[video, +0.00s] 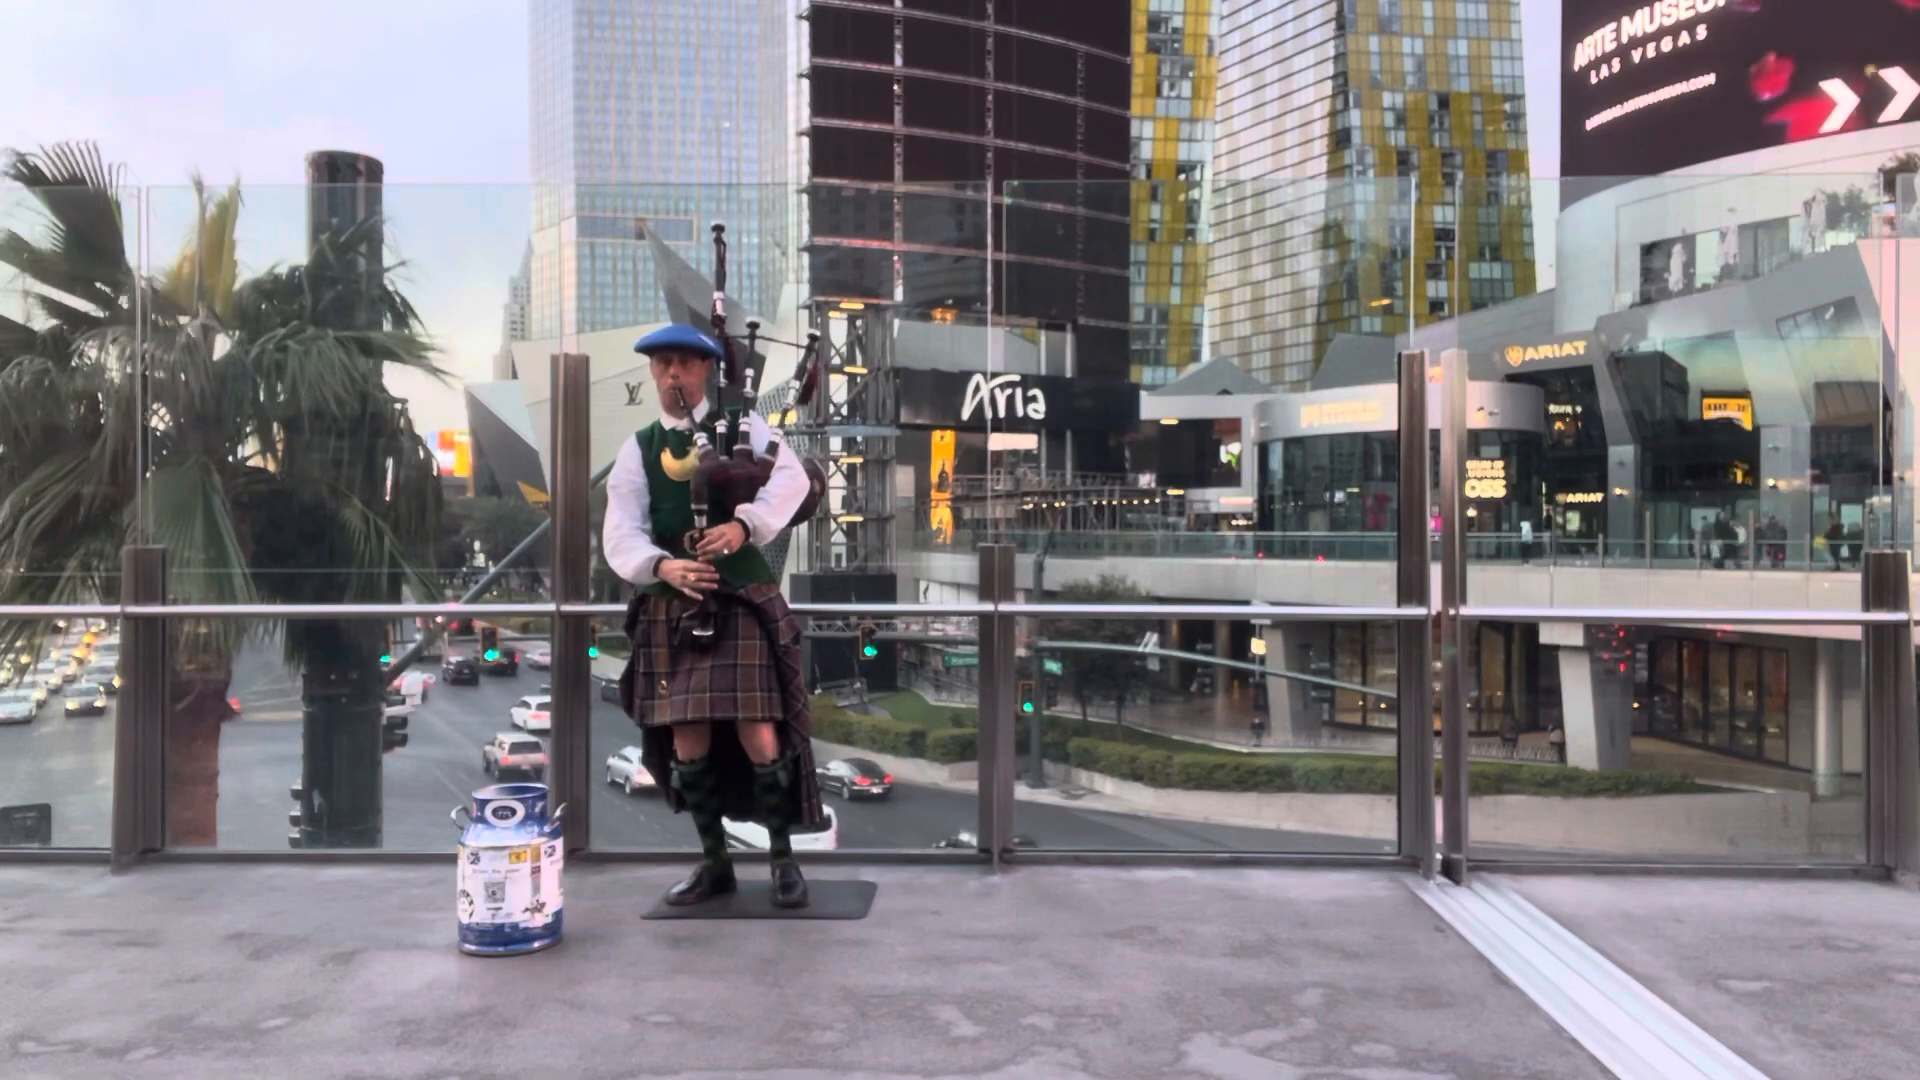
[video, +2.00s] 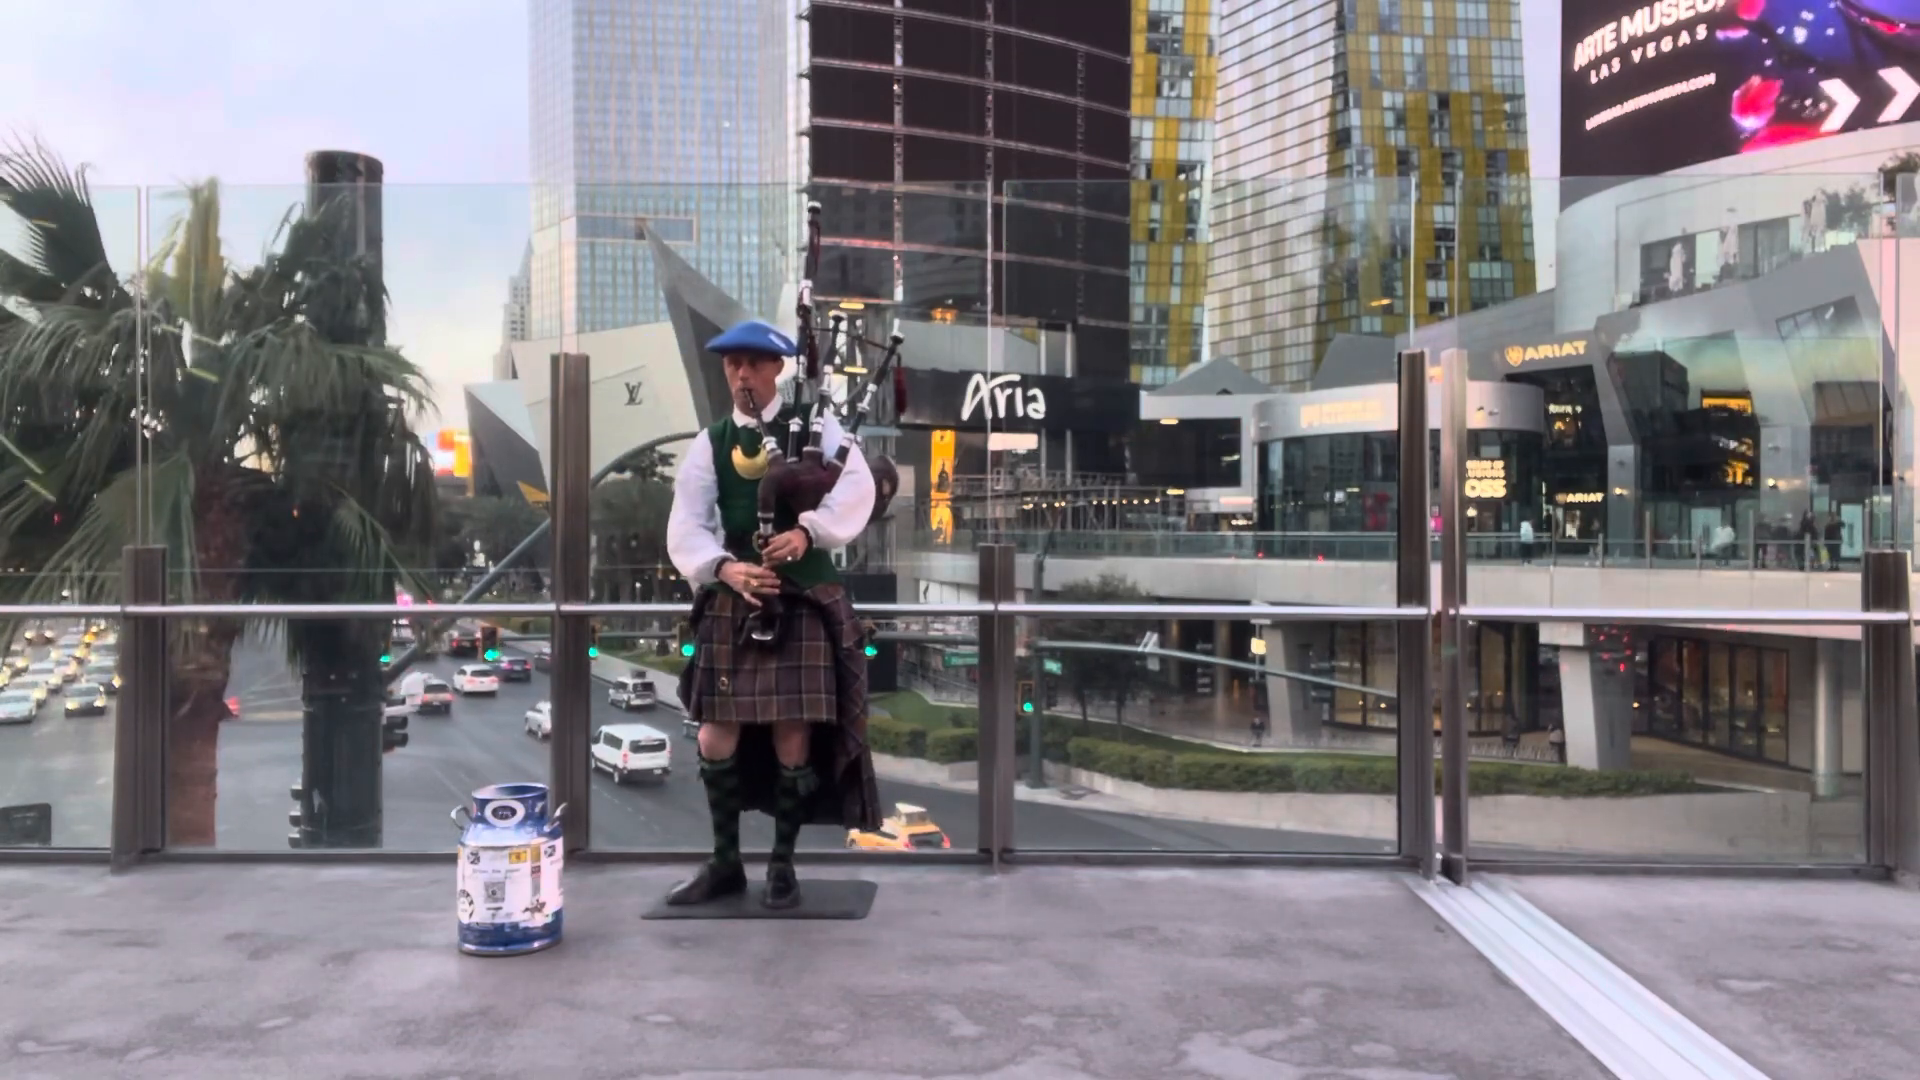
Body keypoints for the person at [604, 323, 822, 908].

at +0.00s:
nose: (673, 373)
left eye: (684, 362)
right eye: (663, 363)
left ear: (708, 368)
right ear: (651, 373)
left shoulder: (745, 428)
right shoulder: (639, 449)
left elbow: (794, 479)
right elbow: (621, 536)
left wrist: (745, 525)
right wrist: (661, 564)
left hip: (743, 594)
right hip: (672, 599)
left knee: (757, 728)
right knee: (687, 730)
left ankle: (782, 860)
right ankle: (716, 863)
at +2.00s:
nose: (742, 374)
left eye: (754, 362)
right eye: (734, 363)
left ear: (781, 368)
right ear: (724, 372)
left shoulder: (818, 427)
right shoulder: (710, 443)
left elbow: (859, 486)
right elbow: (686, 527)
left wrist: (810, 531)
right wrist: (722, 567)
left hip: (802, 594)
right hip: (730, 593)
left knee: (791, 729)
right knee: (716, 732)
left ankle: (782, 864)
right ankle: (725, 862)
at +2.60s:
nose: (746, 376)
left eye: (758, 364)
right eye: (737, 365)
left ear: (782, 371)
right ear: (725, 374)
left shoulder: (819, 428)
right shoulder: (712, 447)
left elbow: (860, 487)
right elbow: (692, 530)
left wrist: (810, 533)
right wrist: (726, 568)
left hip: (803, 598)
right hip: (732, 596)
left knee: (791, 732)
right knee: (709, 734)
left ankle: (782, 864)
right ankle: (725, 860)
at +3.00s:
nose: (747, 374)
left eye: (760, 363)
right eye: (739, 362)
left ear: (784, 371)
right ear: (727, 371)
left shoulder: (819, 428)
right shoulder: (712, 445)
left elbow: (861, 487)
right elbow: (691, 530)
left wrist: (811, 532)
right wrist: (727, 567)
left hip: (802, 596)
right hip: (730, 594)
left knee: (789, 728)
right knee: (713, 730)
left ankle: (781, 863)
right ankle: (725, 862)